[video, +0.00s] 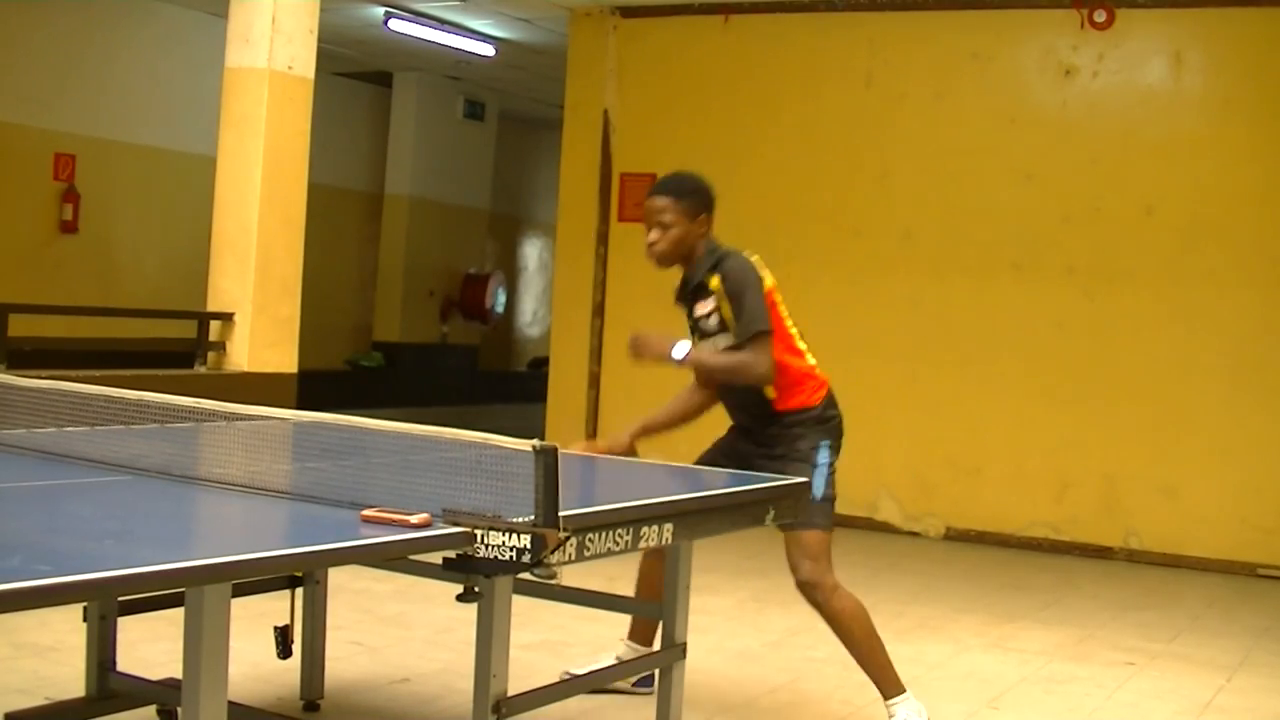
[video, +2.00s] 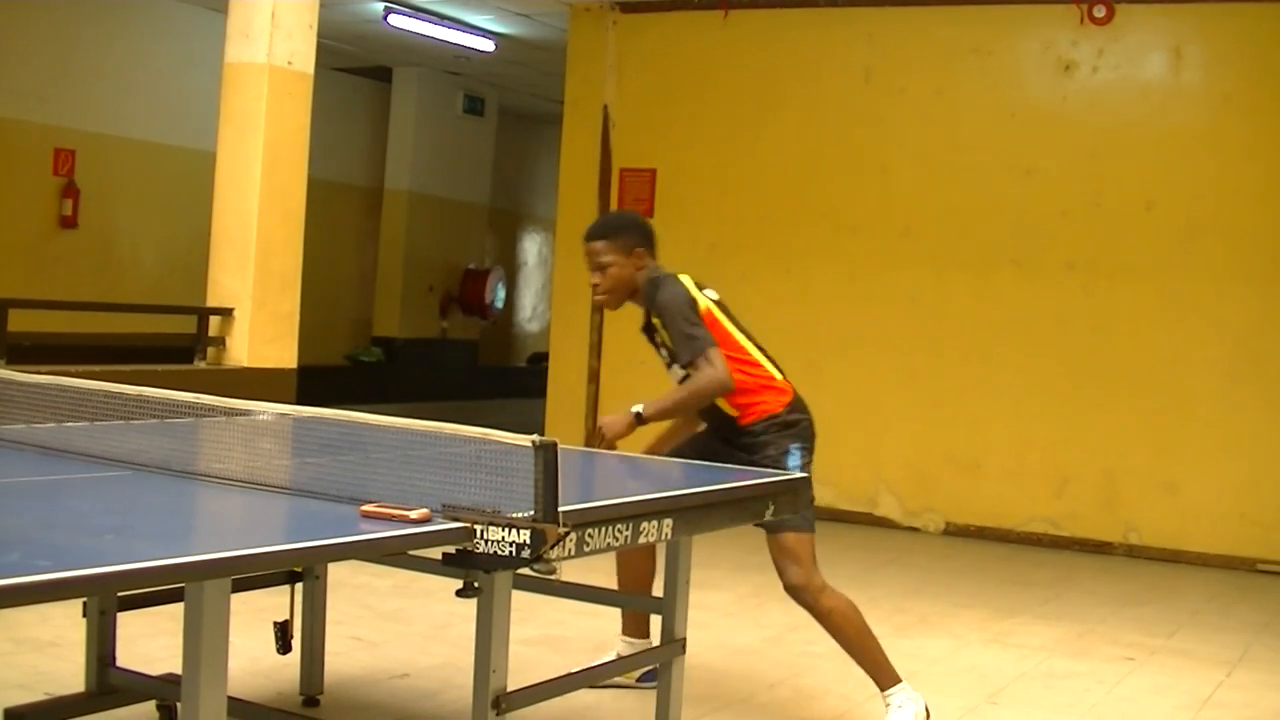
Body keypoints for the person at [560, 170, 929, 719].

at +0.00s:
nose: (649, 238)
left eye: (661, 225)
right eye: (646, 225)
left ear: (700, 223)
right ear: (654, 226)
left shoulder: (735, 270)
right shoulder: (691, 290)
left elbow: (760, 365)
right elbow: (709, 386)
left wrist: (674, 349)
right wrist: (636, 431)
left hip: (804, 429)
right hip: (751, 431)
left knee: (813, 577)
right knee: (662, 522)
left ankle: (902, 705)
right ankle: (635, 660)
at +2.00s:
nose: (593, 282)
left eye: (601, 268)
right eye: (590, 270)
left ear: (639, 260)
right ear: (633, 264)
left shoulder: (668, 293)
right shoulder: (653, 307)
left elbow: (715, 376)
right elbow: (700, 396)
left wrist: (633, 415)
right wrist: (643, 462)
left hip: (777, 431)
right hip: (727, 433)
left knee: (801, 581)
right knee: (632, 502)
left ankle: (901, 697)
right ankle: (636, 652)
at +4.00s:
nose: (572, 247)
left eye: (576, 233)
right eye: (570, 235)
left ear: (610, 221)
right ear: (607, 225)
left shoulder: (666, 260)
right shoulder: (627, 280)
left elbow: (698, 347)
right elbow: (638, 361)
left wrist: (617, 357)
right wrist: (593, 363)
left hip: (739, 422)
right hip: (683, 421)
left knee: (768, 557)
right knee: (598, 503)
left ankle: (857, 691)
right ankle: (609, 652)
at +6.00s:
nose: (607, 216)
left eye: (615, 203)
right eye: (604, 205)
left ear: (653, 196)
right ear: (638, 201)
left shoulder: (716, 248)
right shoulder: (628, 257)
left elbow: (730, 333)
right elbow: (548, 300)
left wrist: (651, 288)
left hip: (723, 424)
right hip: (654, 418)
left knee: (770, 548)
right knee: (564, 506)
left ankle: (835, 693)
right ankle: (570, 648)